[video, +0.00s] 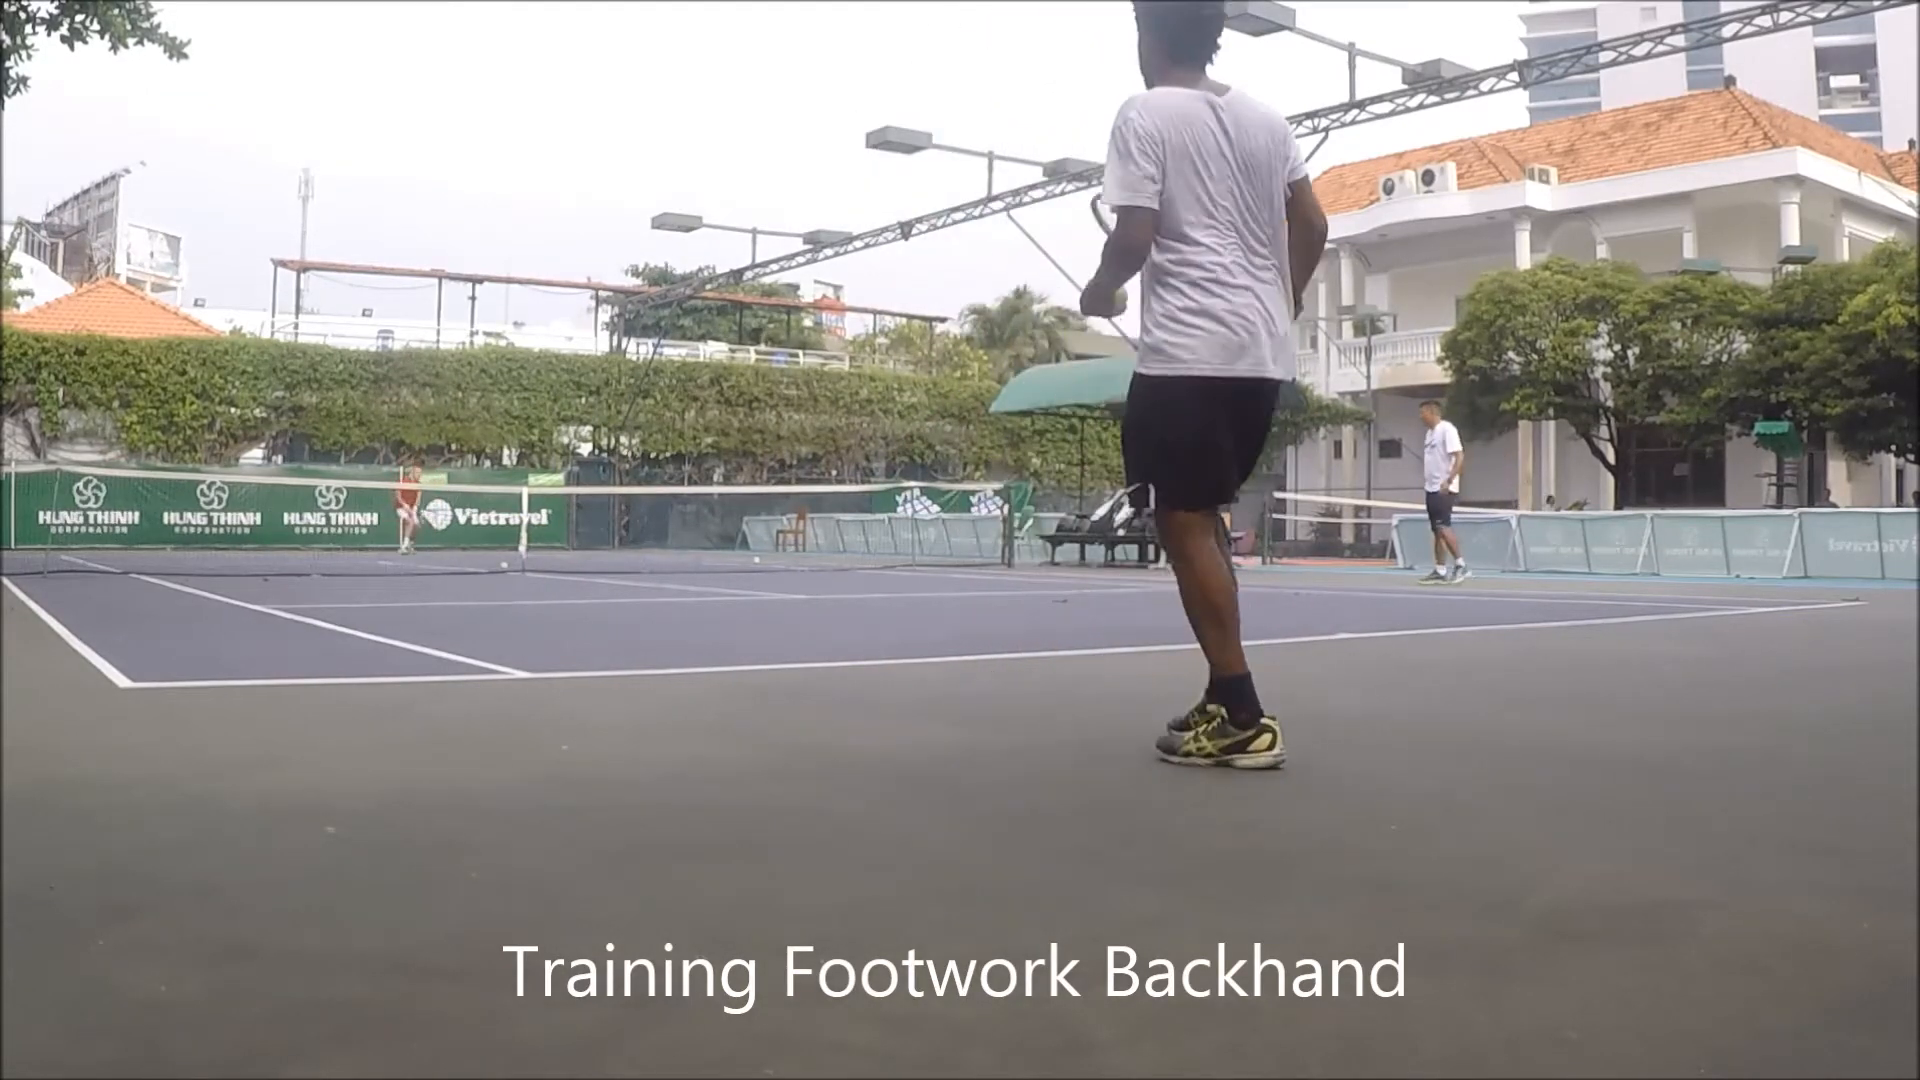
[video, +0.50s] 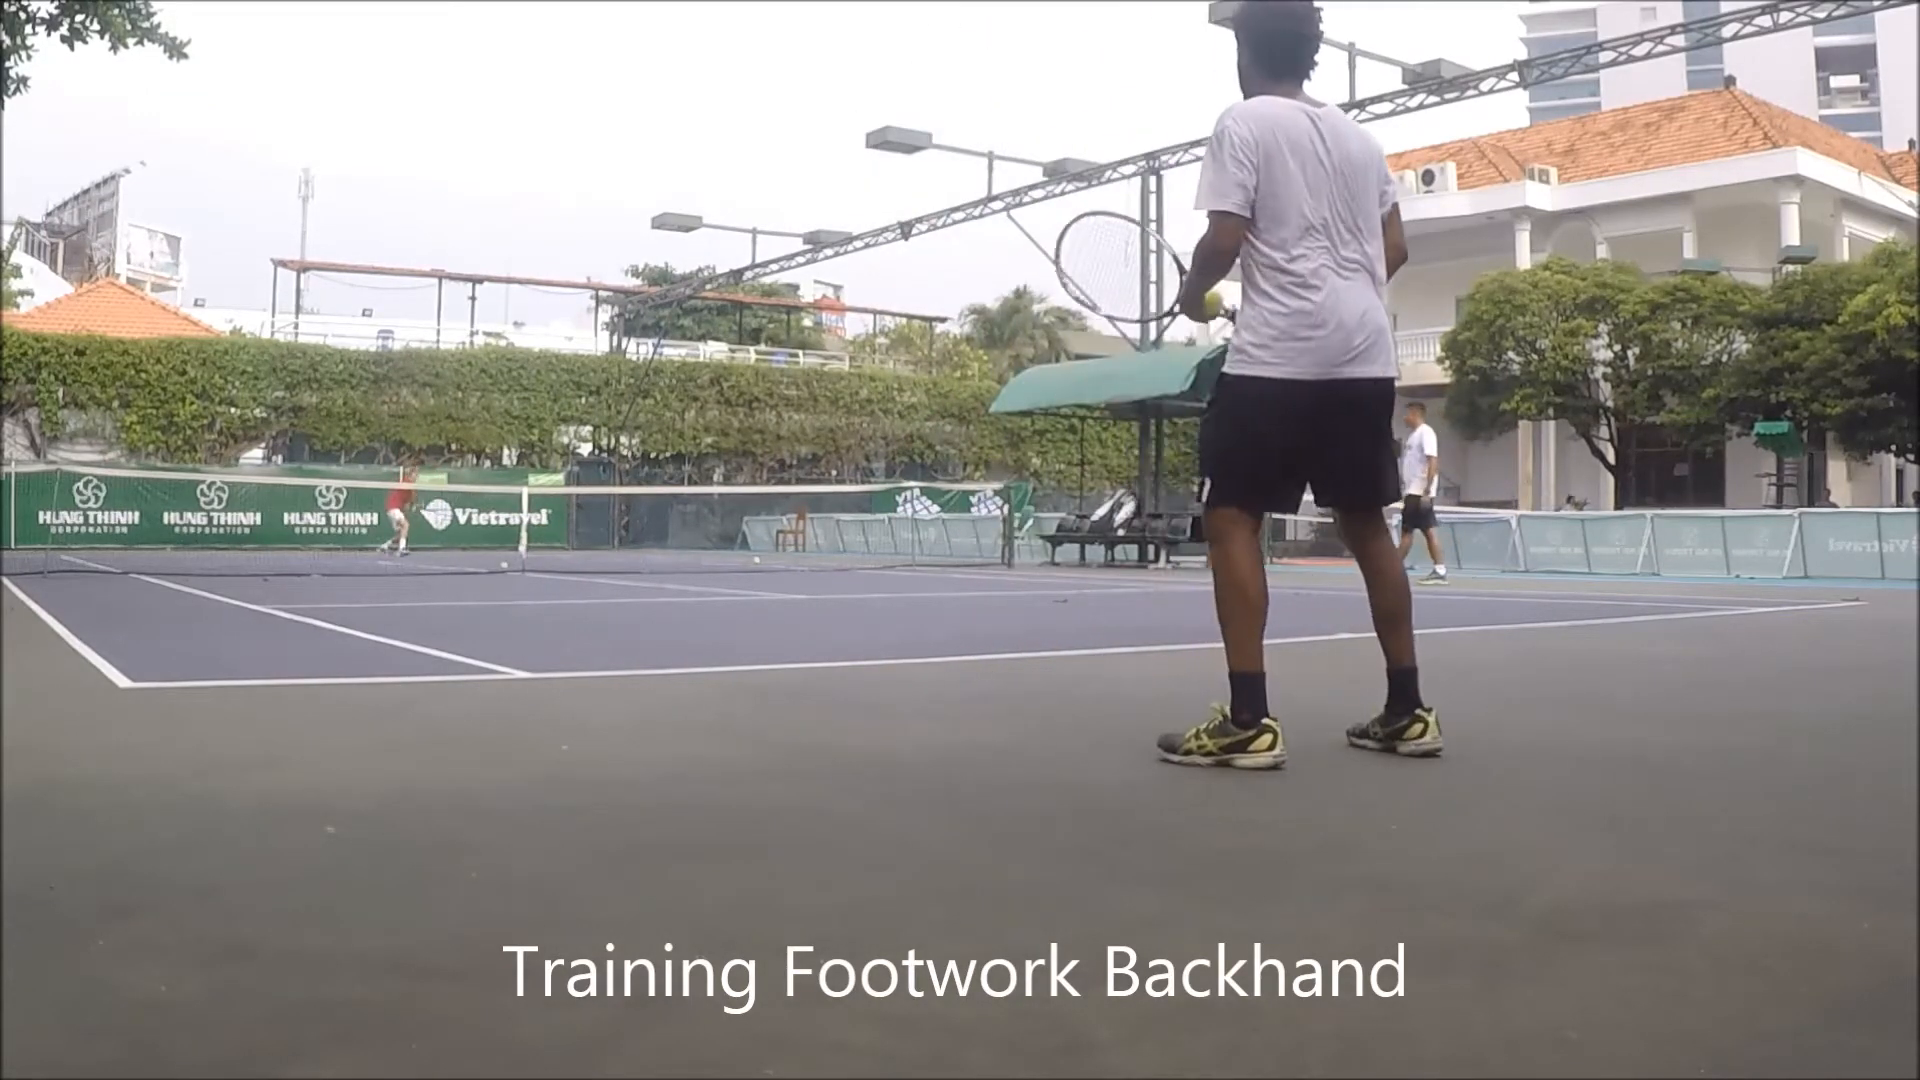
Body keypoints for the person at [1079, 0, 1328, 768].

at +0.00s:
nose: (1135, 47)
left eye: (1137, 32)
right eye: (1141, 32)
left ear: (1149, 37)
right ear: (1212, 42)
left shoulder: (1146, 113)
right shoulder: (1266, 122)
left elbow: (1136, 233)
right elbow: (1312, 228)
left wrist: (1102, 286)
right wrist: (1276, 303)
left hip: (1186, 357)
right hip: (1264, 359)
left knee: (1185, 525)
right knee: (1199, 520)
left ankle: (1243, 717)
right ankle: (1224, 697)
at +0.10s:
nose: (1154, 56)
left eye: (1156, 42)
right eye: (1159, 41)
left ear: (1169, 47)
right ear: (1231, 50)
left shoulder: (1165, 117)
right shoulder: (1286, 131)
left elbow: (1162, 236)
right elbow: (1325, 239)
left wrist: (1139, 309)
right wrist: (1285, 311)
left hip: (1202, 359)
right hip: (1284, 361)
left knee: (1185, 533)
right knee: (1249, 520)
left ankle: (1243, 722)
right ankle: (1313, 693)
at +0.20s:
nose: (1174, 60)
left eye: (1176, 47)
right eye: (1181, 45)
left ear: (1186, 51)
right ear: (1251, 54)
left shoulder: (1186, 122)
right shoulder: (1305, 139)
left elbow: (1189, 238)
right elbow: (1341, 249)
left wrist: (1165, 319)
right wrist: (1299, 322)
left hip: (1215, 363)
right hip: (1302, 365)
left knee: (1187, 531)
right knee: (1293, 524)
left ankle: (1245, 720)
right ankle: (1382, 692)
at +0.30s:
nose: (1196, 56)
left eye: (1199, 42)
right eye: (1203, 40)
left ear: (1208, 48)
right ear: (1273, 54)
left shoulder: (1208, 124)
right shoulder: (1325, 141)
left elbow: (1206, 238)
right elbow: (1360, 249)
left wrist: (1178, 314)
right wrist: (1312, 317)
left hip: (1231, 362)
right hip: (1323, 366)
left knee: (1200, 531)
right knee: (1336, 530)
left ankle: (1245, 720)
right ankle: (1401, 705)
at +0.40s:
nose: (1217, 62)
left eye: (1218, 47)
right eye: (1222, 47)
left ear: (1230, 52)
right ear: (1294, 54)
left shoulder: (1228, 123)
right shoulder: (1345, 139)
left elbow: (1220, 238)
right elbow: (1377, 250)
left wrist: (1184, 298)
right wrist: (1324, 310)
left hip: (1257, 358)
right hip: (1347, 360)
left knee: (1219, 523)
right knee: (1356, 525)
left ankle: (1246, 719)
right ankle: (1405, 707)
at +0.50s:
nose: (1232, 60)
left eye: (1235, 46)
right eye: (1237, 45)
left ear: (1246, 52)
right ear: (1312, 55)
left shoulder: (1244, 122)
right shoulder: (1359, 137)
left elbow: (1225, 239)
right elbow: (1394, 250)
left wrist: (1193, 289)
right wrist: (1341, 304)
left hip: (1274, 360)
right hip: (1366, 363)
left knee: (1230, 523)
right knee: (1367, 524)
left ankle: (1247, 719)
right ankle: (1407, 708)